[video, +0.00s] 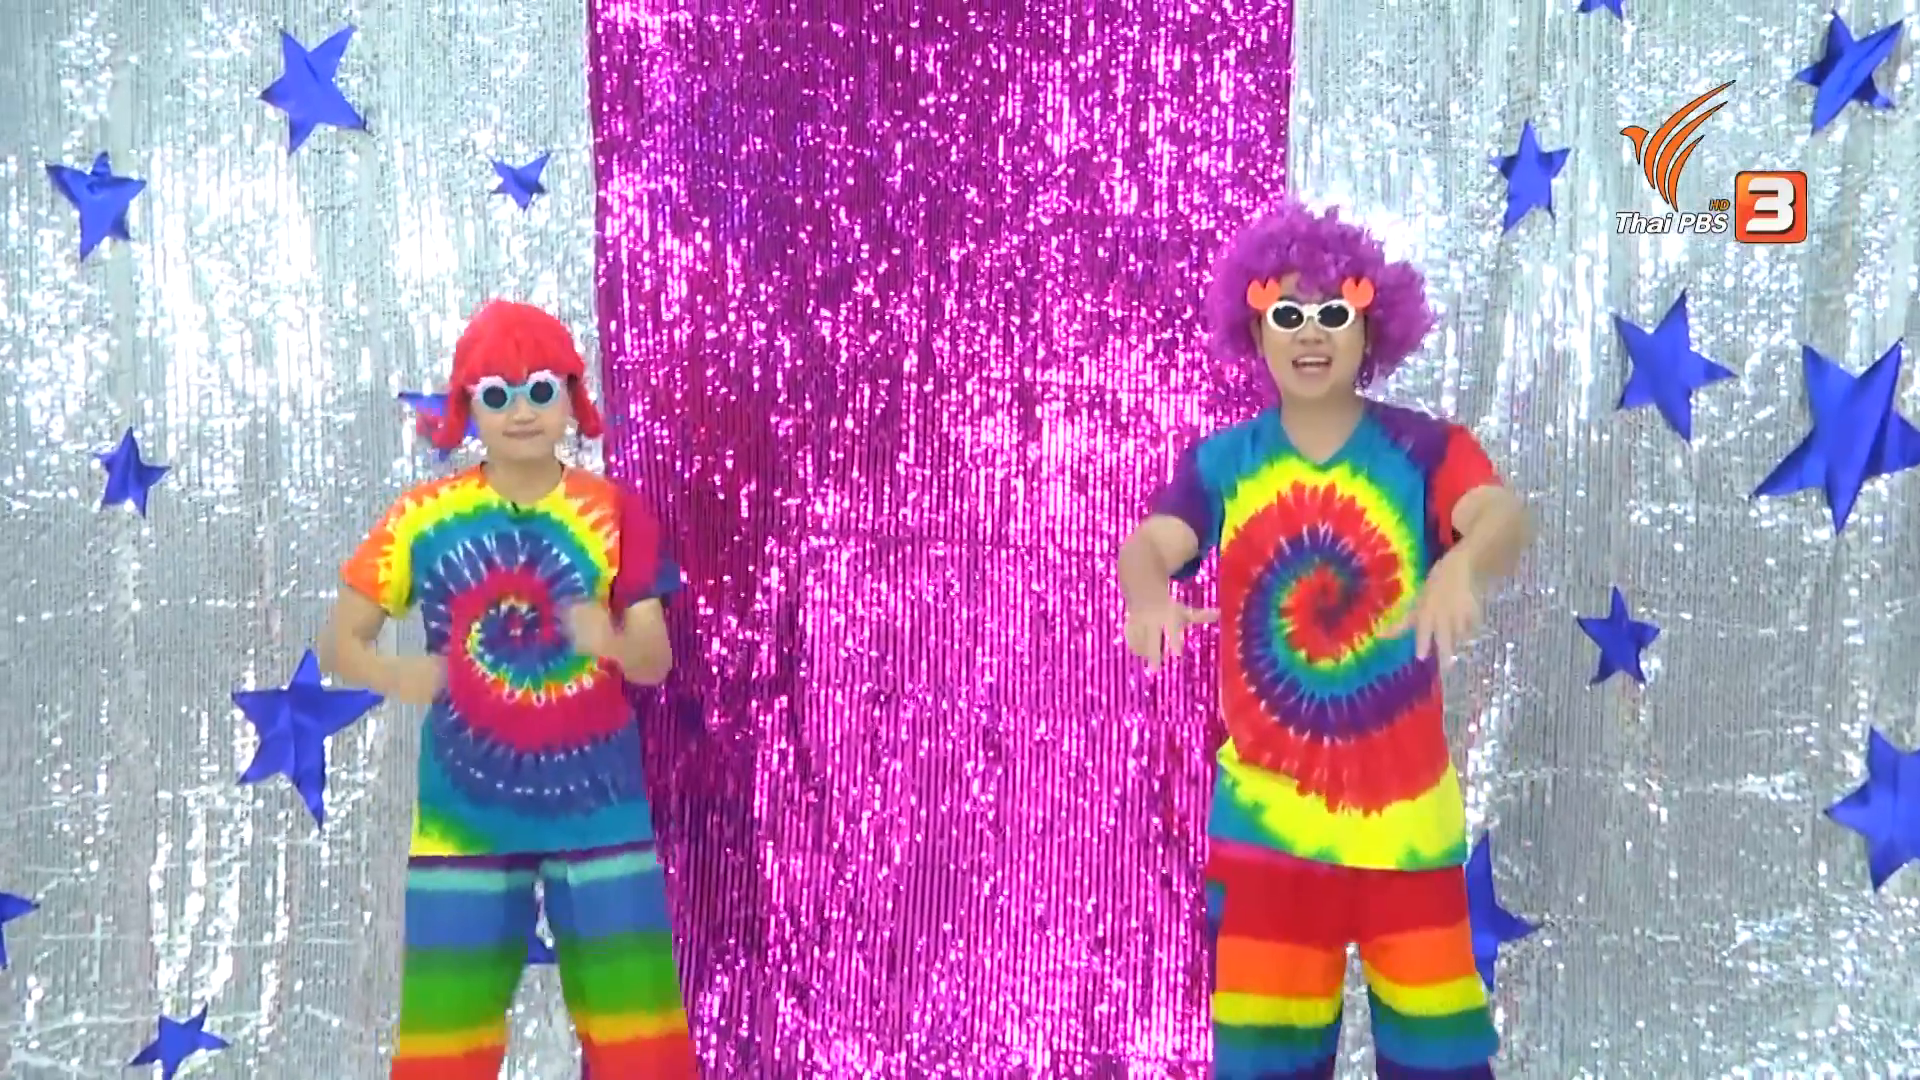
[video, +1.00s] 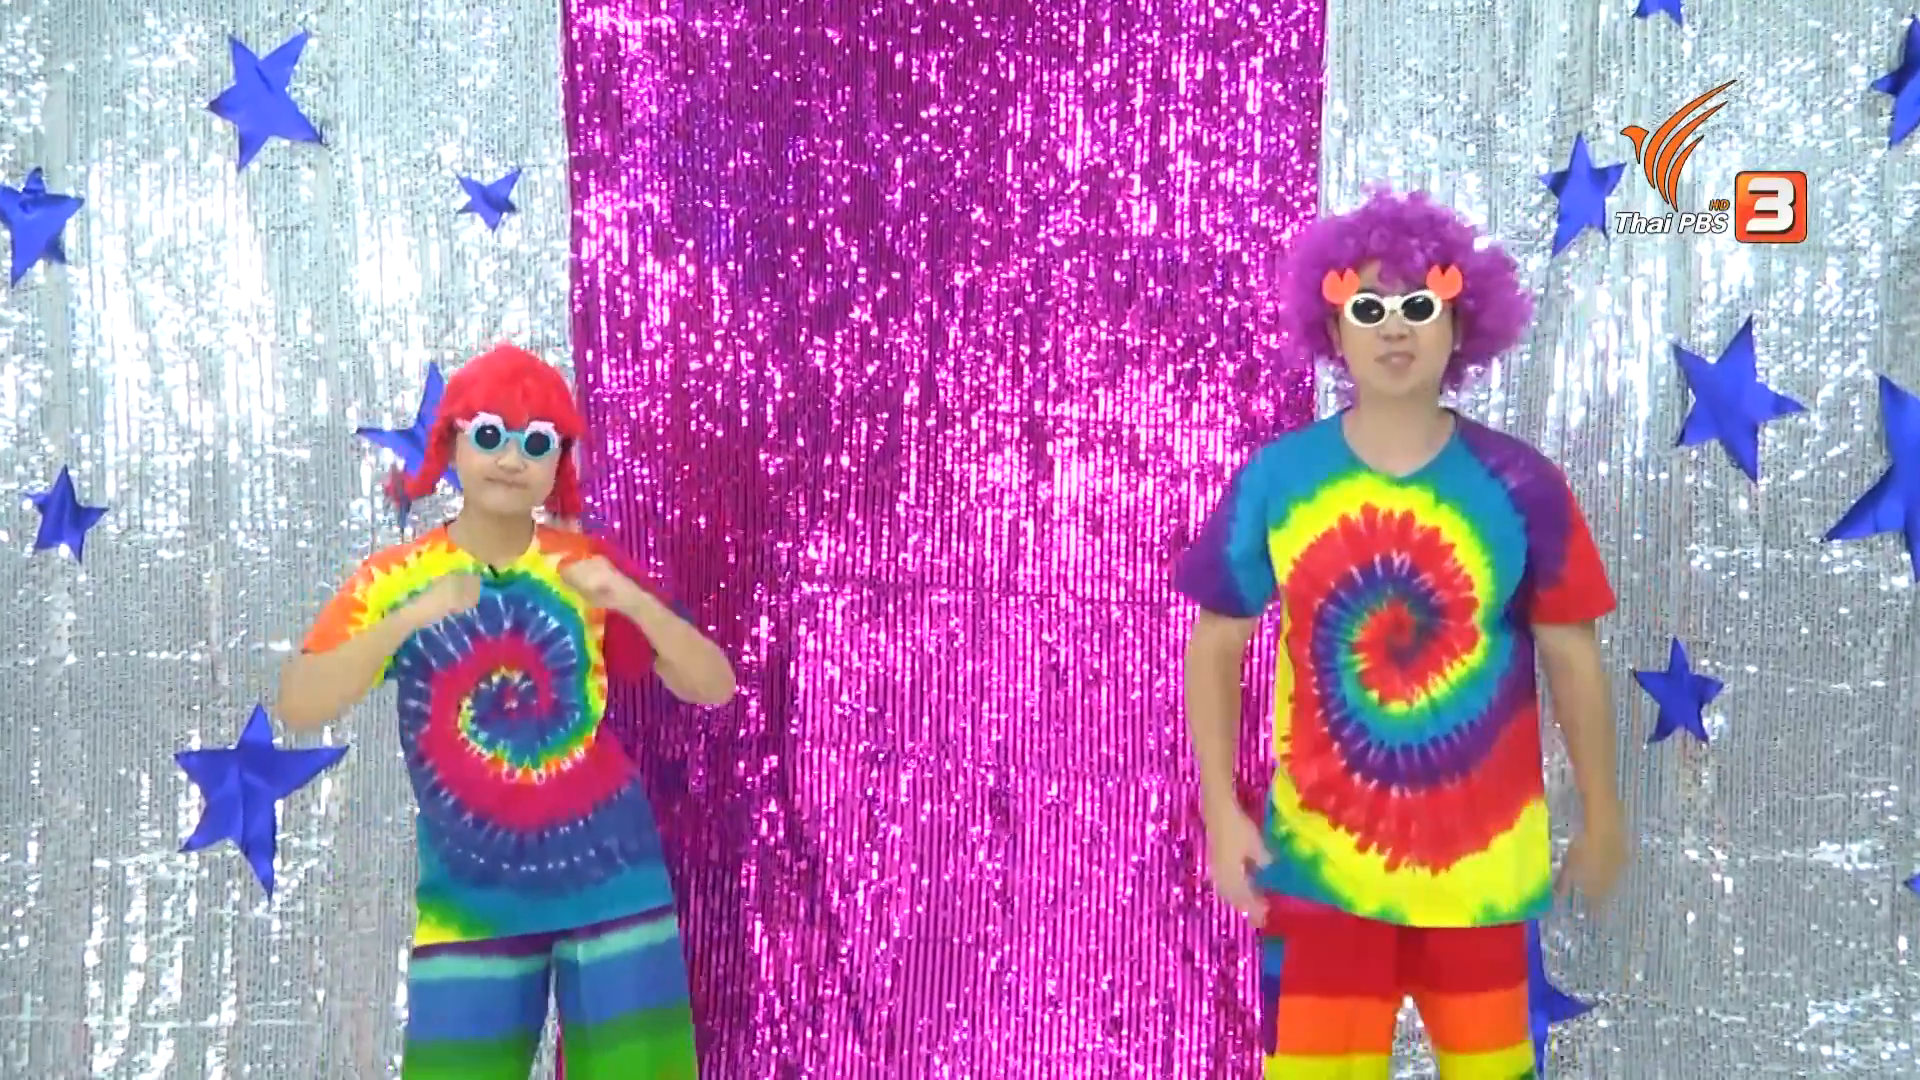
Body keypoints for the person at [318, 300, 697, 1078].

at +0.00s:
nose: (522, 410)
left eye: (542, 389)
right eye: (497, 393)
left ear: (572, 403)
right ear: (468, 411)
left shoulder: (612, 512)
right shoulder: (419, 518)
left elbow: (656, 657)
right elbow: (339, 644)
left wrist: (607, 637)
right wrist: (408, 674)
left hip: (598, 808)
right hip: (465, 814)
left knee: (637, 1033)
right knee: (445, 1042)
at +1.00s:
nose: (512, 457)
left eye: (537, 442)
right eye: (489, 435)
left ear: (559, 466)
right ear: (451, 451)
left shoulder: (587, 564)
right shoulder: (393, 576)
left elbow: (716, 685)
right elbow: (298, 703)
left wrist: (633, 600)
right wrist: (408, 618)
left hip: (613, 892)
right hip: (472, 899)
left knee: (639, 1069)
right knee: (455, 1071)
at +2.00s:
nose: (501, 460)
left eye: (528, 449)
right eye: (481, 433)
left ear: (544, 472)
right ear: (438, 439)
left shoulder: (567, 562)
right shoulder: (365, 566)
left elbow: (721, 613)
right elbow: (307, 660)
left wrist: (649, 540)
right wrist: (408, 550)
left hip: (608, 884)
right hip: (465, 898)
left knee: (625, 1068)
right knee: (451, 1069)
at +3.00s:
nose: (496, 439)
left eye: (521, 424)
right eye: (473, 416)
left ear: (544, 448)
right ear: (434, 430)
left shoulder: (580, 550)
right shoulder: (362, 553)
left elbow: (709, 650)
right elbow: (274, 665)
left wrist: (706, 565)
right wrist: (381, 578)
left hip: (581, 886)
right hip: (427, 893)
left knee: (597, 1068)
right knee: (420, 1070)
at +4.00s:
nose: (482, 410)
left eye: (509, 396)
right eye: (462, 386)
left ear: (534, 421)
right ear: (426, 397)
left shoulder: (568, 509)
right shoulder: (366, 518)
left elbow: (626, 617)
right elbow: (348, 606)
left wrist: (688, 727)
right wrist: (356, 682)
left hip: (568, 834)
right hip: (425, 838)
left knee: (593, 1052)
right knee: (400, 1055)